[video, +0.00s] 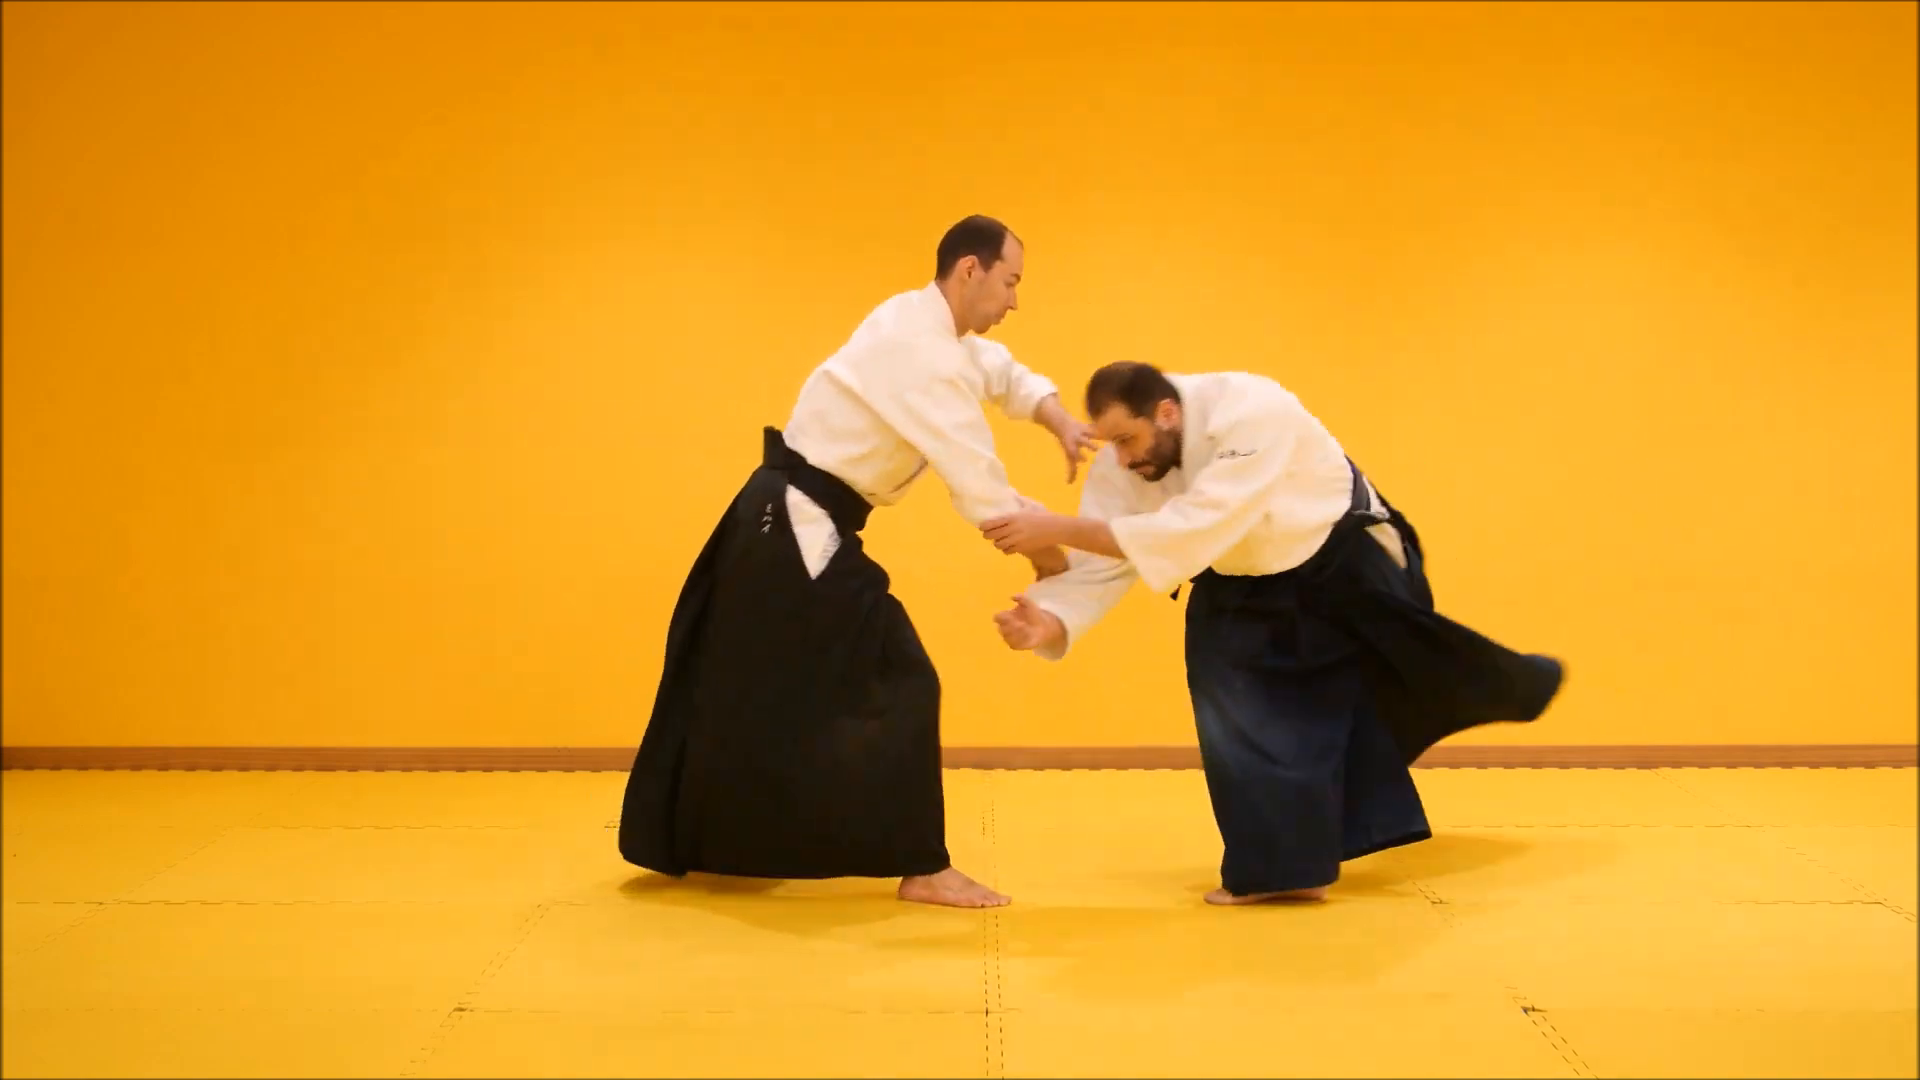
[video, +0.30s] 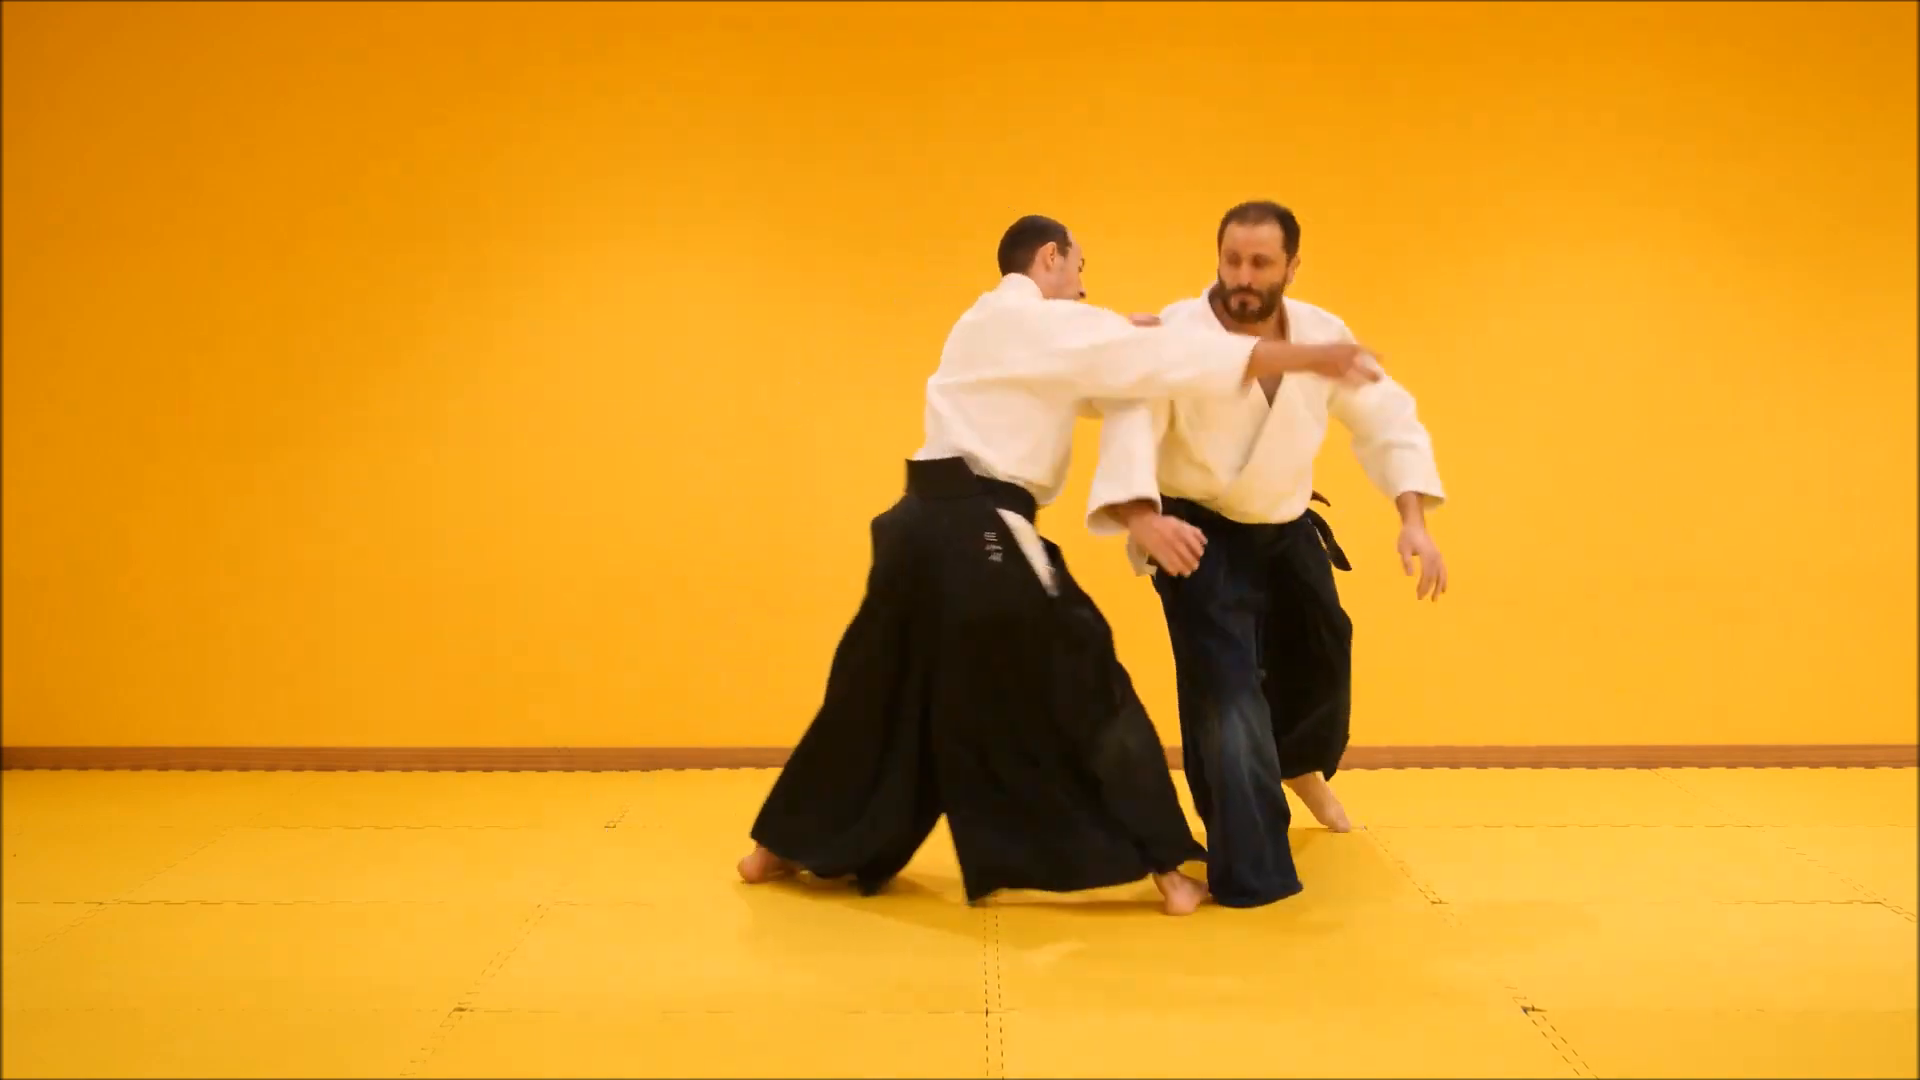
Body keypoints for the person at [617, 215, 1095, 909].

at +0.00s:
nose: (1014, 300)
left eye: (1018, 285)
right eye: (1011, 281)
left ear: (965, 271)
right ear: (968, 270)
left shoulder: (931, 325)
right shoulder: (921, 341)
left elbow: (1005, 376)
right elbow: (971, 469)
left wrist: (1059, 419)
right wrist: (1043, 551)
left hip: (787, 511)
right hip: (800, 523)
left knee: (754, 679)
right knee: (909, 682)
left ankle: (710, 839)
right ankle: (925, 867)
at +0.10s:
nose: (1029, 289)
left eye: (1032, 274)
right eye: (1025, 270)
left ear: (982, 261)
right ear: (985, 258)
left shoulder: (953, 318)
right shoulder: (943, 322)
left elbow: (1040, 369)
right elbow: (988, 452)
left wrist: (1129, 406)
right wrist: (1081, 500)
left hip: (828, 509)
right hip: (852, 520)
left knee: (799, 677)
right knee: (985, 668)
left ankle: (764, 837)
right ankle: (945, 845)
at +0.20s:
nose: (1053, 283)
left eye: (1054, 268)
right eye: (1047, 265)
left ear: (1003, 261)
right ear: (1007, 260)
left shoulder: (981, 329)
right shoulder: (966, 327)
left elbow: (1069, 374)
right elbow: (1056, 415)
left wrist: (1144, 383)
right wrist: (1188, 441)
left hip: (880, 517)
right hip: (900, 524)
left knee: (849, 684)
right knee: (1050, 654)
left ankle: (773, 844)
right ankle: (1086, 844)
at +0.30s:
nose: (1081, 280)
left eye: (1079, 268)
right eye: (1076, 266)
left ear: (1016, 264)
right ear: (1043, 261)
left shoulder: (977, 322)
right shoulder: (1044, 320)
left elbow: (1070, 360)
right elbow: (1160, 354)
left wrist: (1130, 332)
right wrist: (1304, 356)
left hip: (914, 524)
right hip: (990, 531)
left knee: (871, 691)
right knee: (1095, 689)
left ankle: (776, 842)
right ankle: (1170, 868)